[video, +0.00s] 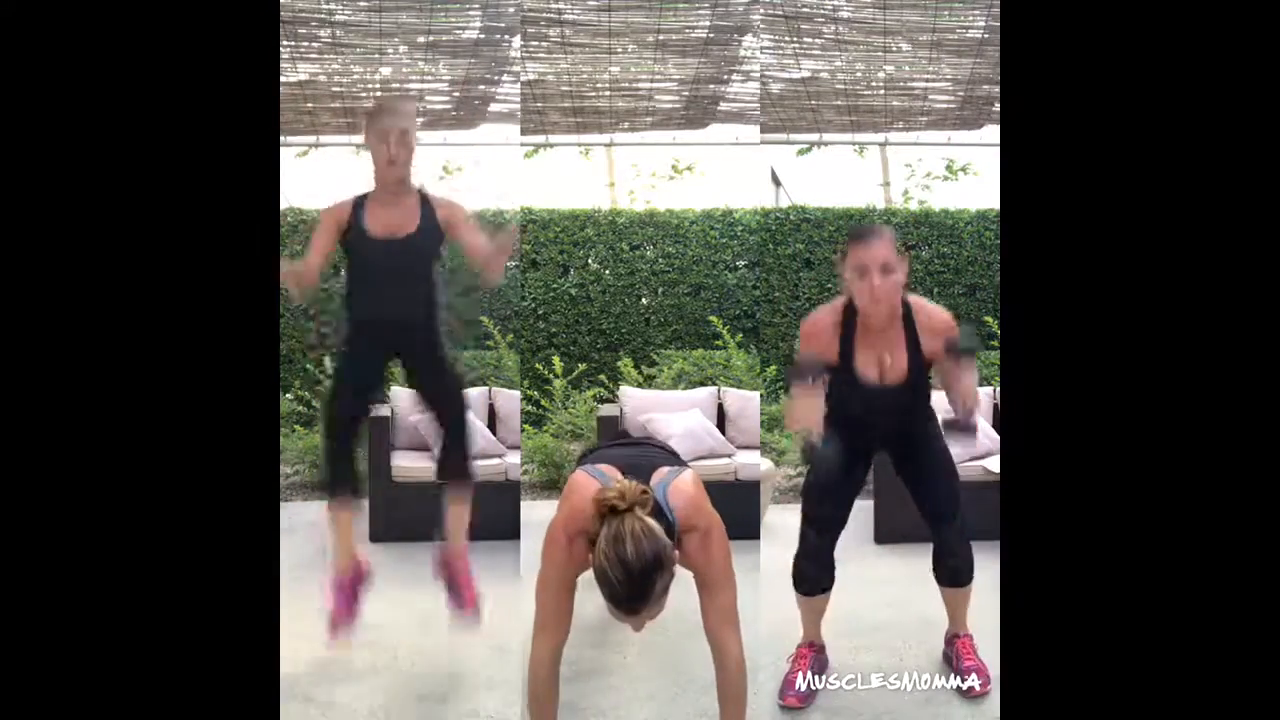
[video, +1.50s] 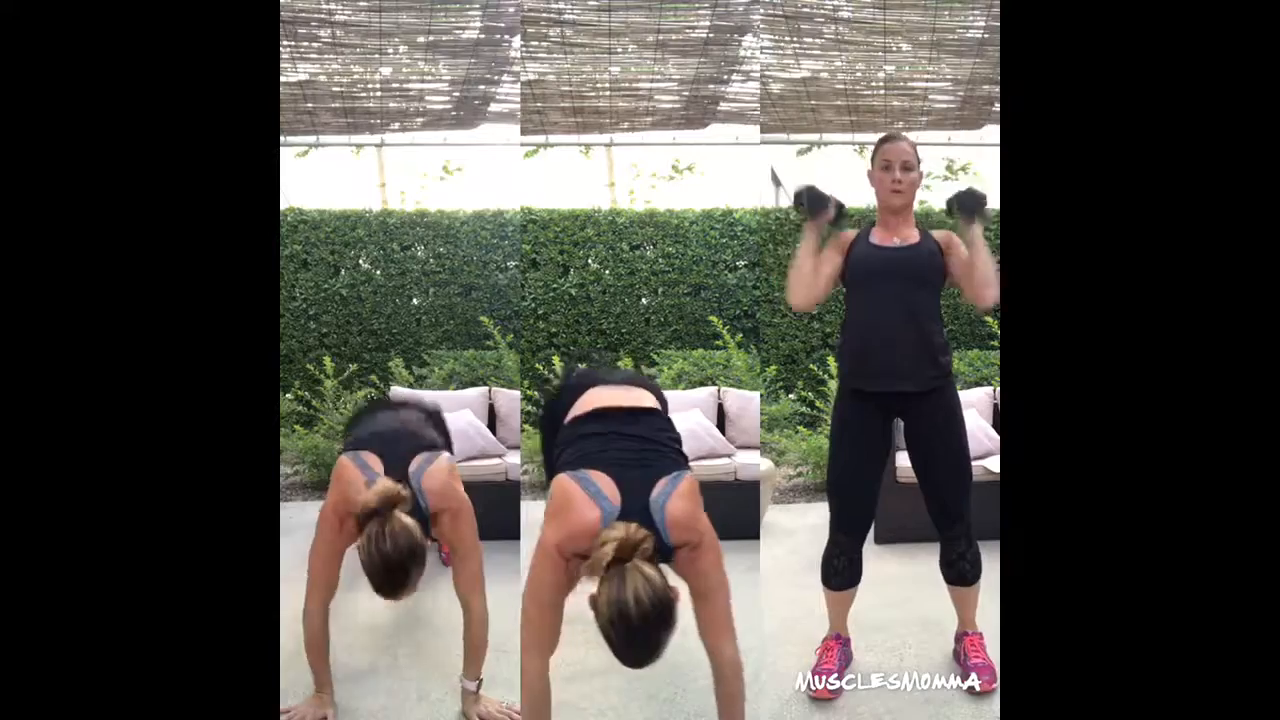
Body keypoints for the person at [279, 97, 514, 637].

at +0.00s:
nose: (393, 152)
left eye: (402, 142)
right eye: (383, 143)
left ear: (414, 146)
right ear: (369, 148)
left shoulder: (442, 211)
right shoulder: (342, 216)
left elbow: (488, 268)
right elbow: (307, 275)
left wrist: (502, 248)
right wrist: (286, 270)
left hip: (422, 345)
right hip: (365, 346)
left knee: (456, 427)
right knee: (338, 436)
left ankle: (455, 553)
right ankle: (347, 565)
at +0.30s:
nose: (393, 256)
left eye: (403, 245)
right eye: (382, 246)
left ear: (419, 229)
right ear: (365, 232)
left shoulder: (444, 274)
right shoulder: (342, 276)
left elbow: (477, 345)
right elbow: (317, 354)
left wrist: (480, 394)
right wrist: (314, 413)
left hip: (423, 394)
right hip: (365, 394)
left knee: (432, 493)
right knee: (364, 496)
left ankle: (443, 600)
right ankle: (366, 601)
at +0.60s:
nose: (403, 399)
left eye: (413, 389)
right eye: (395, 389)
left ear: (428, 367)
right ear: (378, 365)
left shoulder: (451, 361)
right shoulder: (353, 357)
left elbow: (483, 450)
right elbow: (317, 462)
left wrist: (484, 529)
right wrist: (316, 560)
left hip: (428, 399)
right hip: (368, 401)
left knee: (437, 493)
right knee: (363, 495)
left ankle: (442, 601)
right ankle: (368, 601)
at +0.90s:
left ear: (431, 518)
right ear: (374, 511)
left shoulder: (446, 476)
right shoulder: (353, 475)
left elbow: (463, 585)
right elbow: (334, 590)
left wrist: (473, 685)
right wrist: (323, 691)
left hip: (429, 366)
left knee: (452, 497)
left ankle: (448, 595)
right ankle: (365, 597)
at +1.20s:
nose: (395, 602)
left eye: (404, 595)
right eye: (386, 597)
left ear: (422, 542)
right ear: (356, 546)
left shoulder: (449, 497)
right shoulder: (341, 497)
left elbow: (474, 602)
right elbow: (316, 605)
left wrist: (472, 691)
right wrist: (322, 693)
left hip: (435, 433)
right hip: (365, 433)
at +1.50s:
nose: (400, 598)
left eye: (409, 591)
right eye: (390, 594)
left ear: (427, 539)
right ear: (361, 546)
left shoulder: (451, 501)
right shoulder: (340, 505)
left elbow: (474, 601)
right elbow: (316, 603)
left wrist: (472, 690)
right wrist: (322, 692)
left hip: (433, 426)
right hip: (364, 428)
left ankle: (443, 536)